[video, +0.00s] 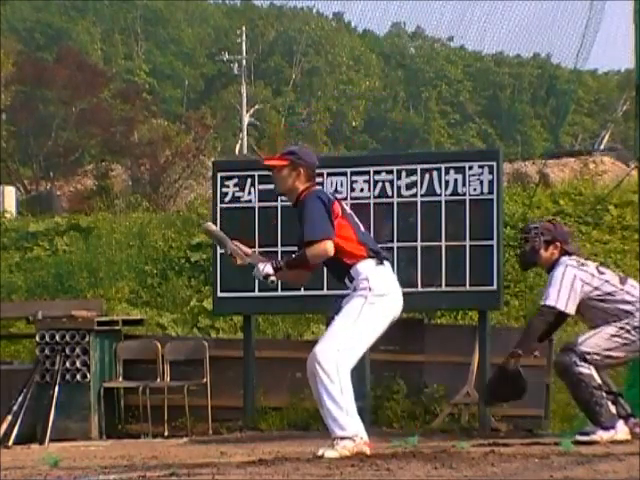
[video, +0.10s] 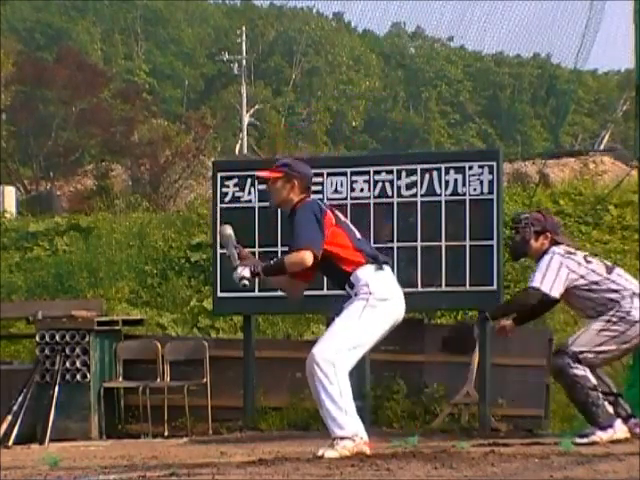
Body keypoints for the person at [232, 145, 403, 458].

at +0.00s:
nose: (274, 176)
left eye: (279, 170)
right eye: (274, 171)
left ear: (298, 172)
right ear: (299, 174)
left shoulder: (313, 199)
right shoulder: (313, 204)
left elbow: (323, 249)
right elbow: (300, 278)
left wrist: (282, 265)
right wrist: (265, 267)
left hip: (374, 288)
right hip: (369, 290)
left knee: (325, 358)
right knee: (322, 361)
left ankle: (351, 438)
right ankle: (351, 436)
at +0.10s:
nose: (268, 188)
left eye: (273, 182)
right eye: (269, 182)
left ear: (293, 185)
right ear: (295, 186)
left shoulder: (307, 210)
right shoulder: (313, 213)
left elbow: (305, 257)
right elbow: (295, 287)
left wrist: (260, 267)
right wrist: (258, 271)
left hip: (376, 292)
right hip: (376, 293)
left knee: (324, 358)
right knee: (321, 360)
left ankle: (350, 437)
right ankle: (351, 436)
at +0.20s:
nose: (264, 200)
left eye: (268, 194)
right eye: (264, 195)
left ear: (288, 196)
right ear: (289, 197)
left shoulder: (303, 218)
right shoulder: (312, 227)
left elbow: (277, 266)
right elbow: (288, 296)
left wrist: (235, 269)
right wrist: (258, 263)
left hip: (378, 296)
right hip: (374, 298)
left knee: (323, 358)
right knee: (318, 361)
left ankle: (351, 438)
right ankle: (350, 436)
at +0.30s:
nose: (261, 206)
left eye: (265, 199)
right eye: (261, 200)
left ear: (285, 201)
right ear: (286, 202)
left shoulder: (299, 225)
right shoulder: (309, 233)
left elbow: (254, 269)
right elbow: (279, 300)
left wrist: (218, 262)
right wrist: (264, 263)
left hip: (376, 299)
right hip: (374, 301)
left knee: (322, 360)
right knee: (316, 364)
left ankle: (350, 437)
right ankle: (350, 437)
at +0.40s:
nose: (260, 207)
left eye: (265, 201)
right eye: (261, 202)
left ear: (284, 203)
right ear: (284, 205)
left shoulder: (297, 227)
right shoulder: (310, 234)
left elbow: (244, 269)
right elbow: (275, 300)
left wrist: (214, 258)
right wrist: (264, 260)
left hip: (374, 300)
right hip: (369, 303)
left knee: (320, 361)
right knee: (312, 366)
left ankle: (351, 436)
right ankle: (349, 436)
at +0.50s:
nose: (260, 208)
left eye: (264, 202)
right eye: (260, 202)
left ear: (283, 204)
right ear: (284, 205)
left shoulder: (295, 227)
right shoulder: (308, 232)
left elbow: (241, 270)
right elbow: (274, 299)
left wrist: (211, 257)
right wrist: (265, 260)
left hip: (372, 300)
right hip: (371, 302)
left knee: (318, 362)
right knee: (313, 366)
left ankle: (350, 436)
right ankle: (350, 436)